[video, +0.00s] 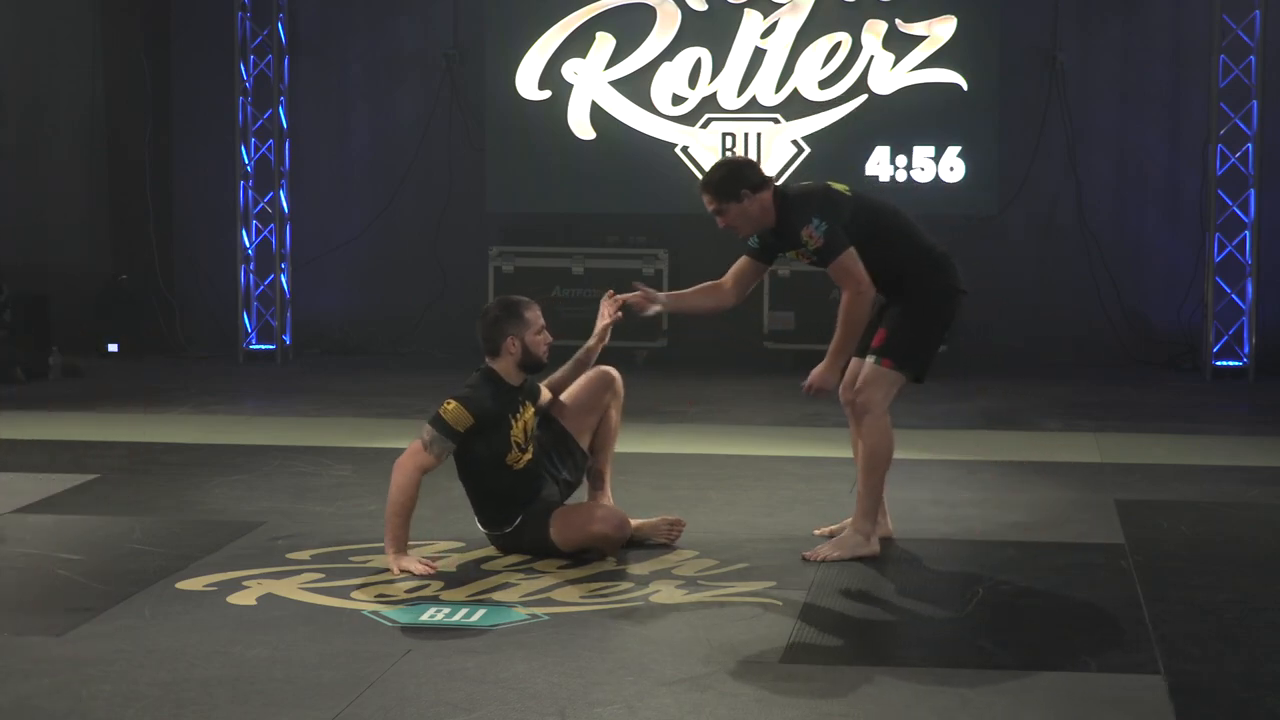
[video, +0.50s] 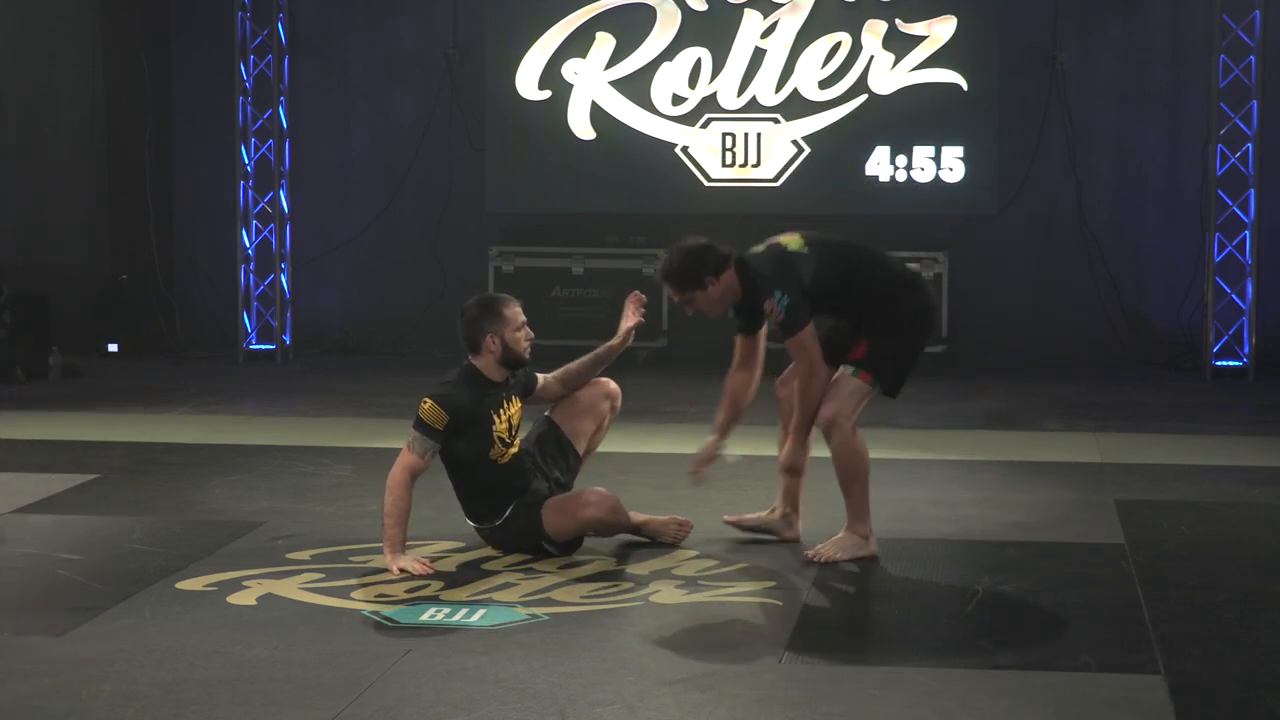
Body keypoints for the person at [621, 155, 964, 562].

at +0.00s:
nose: (721, 225)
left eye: (721, 214)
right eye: (715, 216)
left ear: (751, 196)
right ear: (745, 201)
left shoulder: (808, 212)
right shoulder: (774, 228)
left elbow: (860, 289)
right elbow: (728, 290)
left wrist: (832, 364)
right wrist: (660, 300)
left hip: (927, 288)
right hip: (896, 290)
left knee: (868, 397)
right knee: (851, 393)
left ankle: (864, 531)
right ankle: (871, 516)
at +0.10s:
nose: (710, 229)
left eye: (713, 218)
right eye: (705, 221)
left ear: (742, 201)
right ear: (741, 201)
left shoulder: (798, 218)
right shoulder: (766, 228)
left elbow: (837, 304)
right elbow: (750, 297)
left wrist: (813, 383)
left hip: (921, 284)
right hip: (896, 286)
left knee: (864, 397)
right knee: (853, 394)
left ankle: (862, 532)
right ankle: (873, 516)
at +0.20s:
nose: (702, 237)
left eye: (703, 226)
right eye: (696, 229)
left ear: (730, 209)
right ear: (731, 208)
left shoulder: (790, 220)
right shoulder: (766, 229)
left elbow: (828, 312)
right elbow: (784, 306)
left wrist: (810, 392)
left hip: (915, 281)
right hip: (893, 282)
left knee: (863, 400)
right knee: (860, 396)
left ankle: (863, 533)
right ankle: (875, 518)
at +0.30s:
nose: (698, 254)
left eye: (698, 243)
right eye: (692, 246)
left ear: (723, 225)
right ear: (725, 223)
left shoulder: (783, 234)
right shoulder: (764, 237)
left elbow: (829, 321)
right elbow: (796, 318)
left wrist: (821, 397)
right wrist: (811, 396)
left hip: (911, 283)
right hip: (887, 283)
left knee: (856, 402)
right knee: (845, 396)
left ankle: (864, 534)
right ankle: (868, 510)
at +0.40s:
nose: (694, 278)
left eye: (693, 267)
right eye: (688, 271)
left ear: (718, 250)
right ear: (719, 247)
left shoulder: (780, 250)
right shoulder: (756, 256)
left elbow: (828, 338)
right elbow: (782, 335)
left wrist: (819, 412)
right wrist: (779, 411)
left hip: (907, 288)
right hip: (875, 289)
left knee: (847, 408)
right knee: (809, 374)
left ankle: (866, 534)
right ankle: (833, 501)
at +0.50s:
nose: (688, 311)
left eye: (689, 301)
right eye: (682, 304)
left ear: (715, 281)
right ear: (715, 278)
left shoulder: (774, 280)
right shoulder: (745, 285)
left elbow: (814, 371)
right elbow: (744, 369)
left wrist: (797, 442)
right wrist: (718, 437)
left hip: (901, 308)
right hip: (860, 309)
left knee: (834, 415)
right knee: (790, 387)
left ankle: (860, 534)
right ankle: (786, 515)